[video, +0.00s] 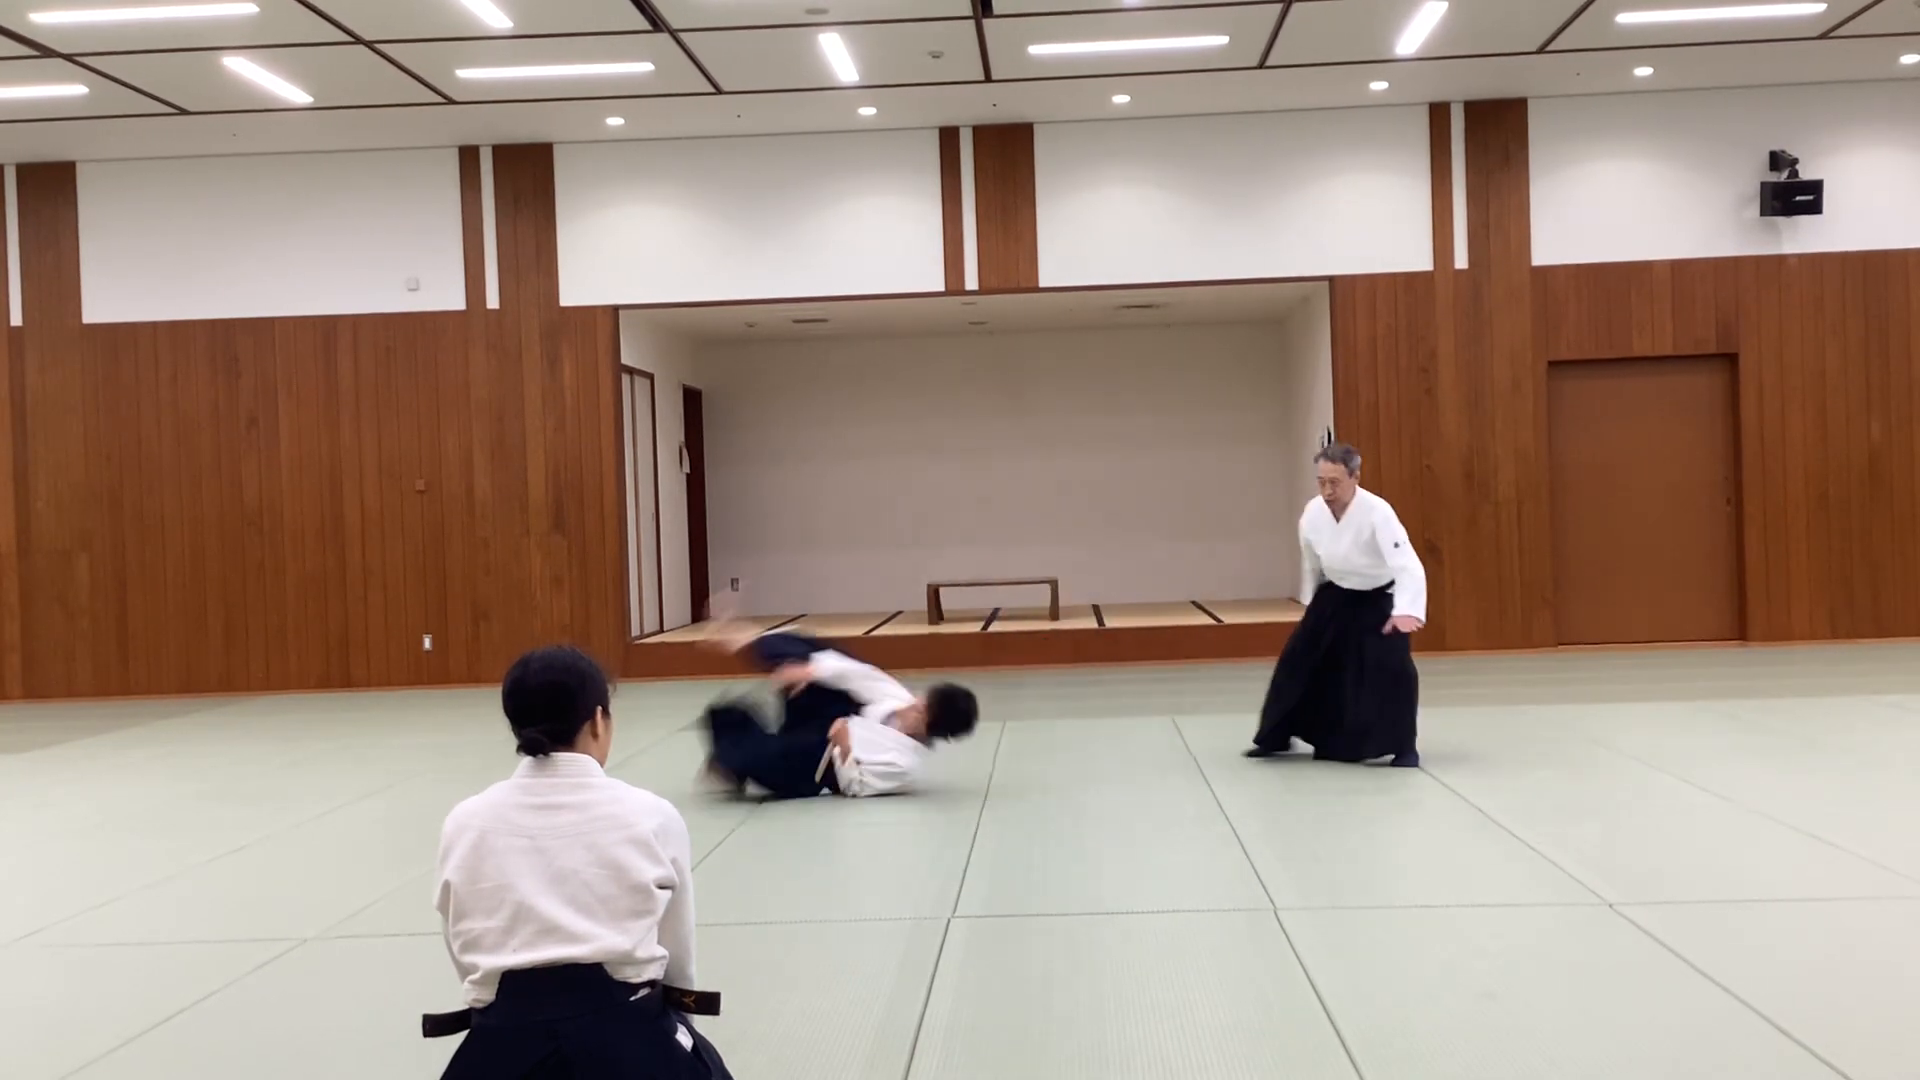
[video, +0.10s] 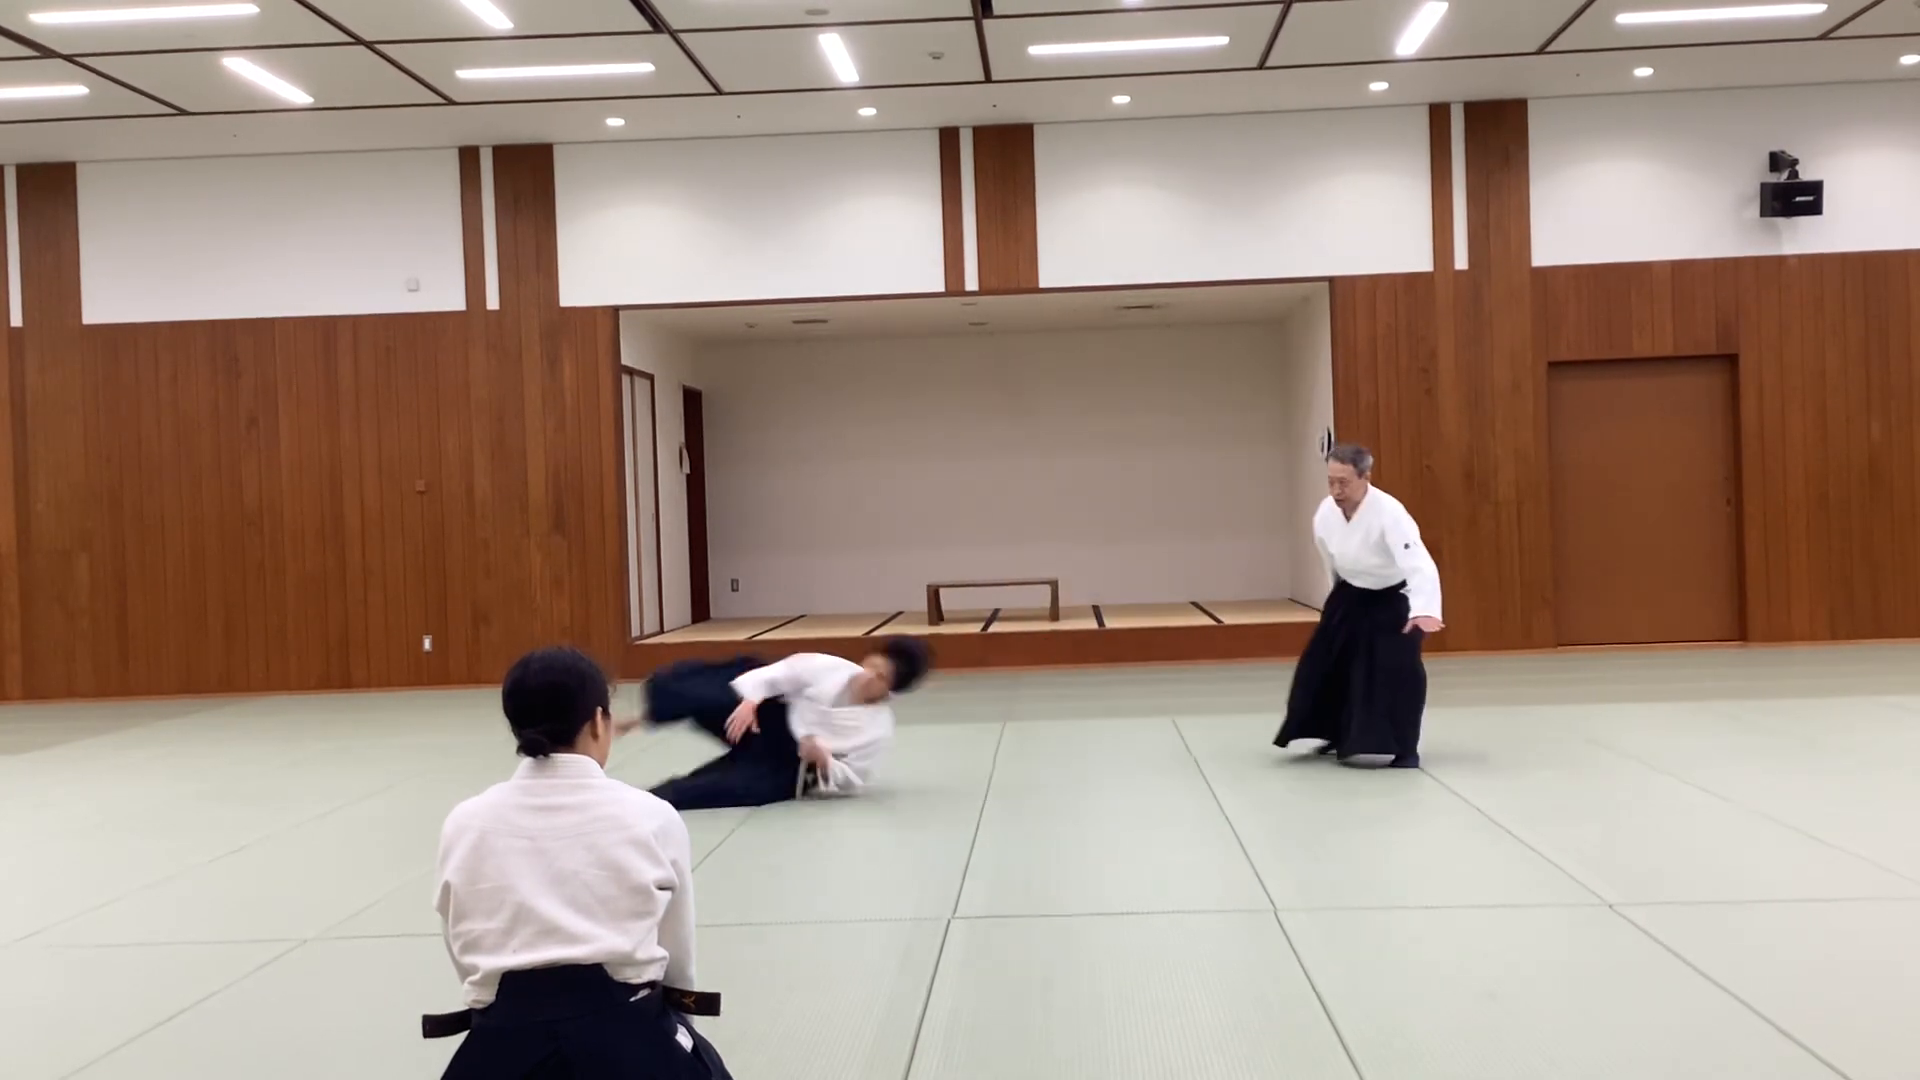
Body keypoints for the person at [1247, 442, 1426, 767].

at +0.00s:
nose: (1327, 490)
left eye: (1335, 482)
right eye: (1322, 482)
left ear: (1355, 479)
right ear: (1317, 480)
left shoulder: (1378, 513)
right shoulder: (1313, 512)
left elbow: (1408, 565)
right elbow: (1310, 565)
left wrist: (1407, 609)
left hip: (1377, 599)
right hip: (1334, 596)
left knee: (1396, 669)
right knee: (1296, 658)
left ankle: (1405, 749)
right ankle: (1274, 737)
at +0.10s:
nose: (1336, 490)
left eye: (1344, 482)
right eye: (1331, 482)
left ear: (1365, 479)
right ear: (1327, 479)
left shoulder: (1389, 512)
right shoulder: (1325, 513)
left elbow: (1419, 562)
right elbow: (1332, 565)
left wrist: (1425, 608)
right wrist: (1338, 600)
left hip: (1391, 600)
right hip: (1350, 598)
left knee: (1397, 669)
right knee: (1328, 661)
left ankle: (1403, 749)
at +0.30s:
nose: (1351, 480)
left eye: (1359, 472)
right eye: (1346, 472)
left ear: (1381, 470)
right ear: (1343, 470)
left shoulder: (1403, 505)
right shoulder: (1344, 507)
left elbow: (1428, 553)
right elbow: (1352, 555)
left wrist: (1436, 598)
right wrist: (1349, 593)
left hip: (1414, 592)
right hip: (1380, 592)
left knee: (1404, 668)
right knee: (1374, 666)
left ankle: (1407, 751)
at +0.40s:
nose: (1357, 472)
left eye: (1365, 465)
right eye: (1354, 465)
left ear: (1388, 463)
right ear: (1350, 463)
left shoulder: (1408, 500)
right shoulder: (1354, 502)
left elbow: (1426, 548)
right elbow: (1364, 550)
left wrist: (1426, 591)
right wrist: (1354, 592)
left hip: (1424, 588)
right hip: (1392, 588)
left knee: (1407, 663)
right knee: (1409, 662)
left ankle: (1406, 746)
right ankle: (1464, 719)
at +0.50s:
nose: (1365, 466)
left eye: (1373, 459)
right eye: (1362, 459)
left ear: (1397, 458)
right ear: (1360, 458)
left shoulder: (1414, 496)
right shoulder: (1367, 498)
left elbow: (1422, 547)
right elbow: (1378, 549)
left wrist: (1406, 585)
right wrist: (1365, 589)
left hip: (1434, 587)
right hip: (1405, 589)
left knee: (1409, 657)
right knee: (1439, 658)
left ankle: (1410, 744)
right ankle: (1470, 727)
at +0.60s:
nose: (1375, 460)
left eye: (1382, 453)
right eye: (1372, 453)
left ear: (1406, 451)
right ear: (1372, 454)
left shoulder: (1419, 490)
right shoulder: (1387, 491)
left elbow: (1414, 543)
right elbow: (1394, 543)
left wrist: (1384, 579)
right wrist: (1386, 581)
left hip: (1436, 582)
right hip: (1415, 580)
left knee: (1412, 659)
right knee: (1450, 655)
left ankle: (1408, 743)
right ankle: (1476, 726)